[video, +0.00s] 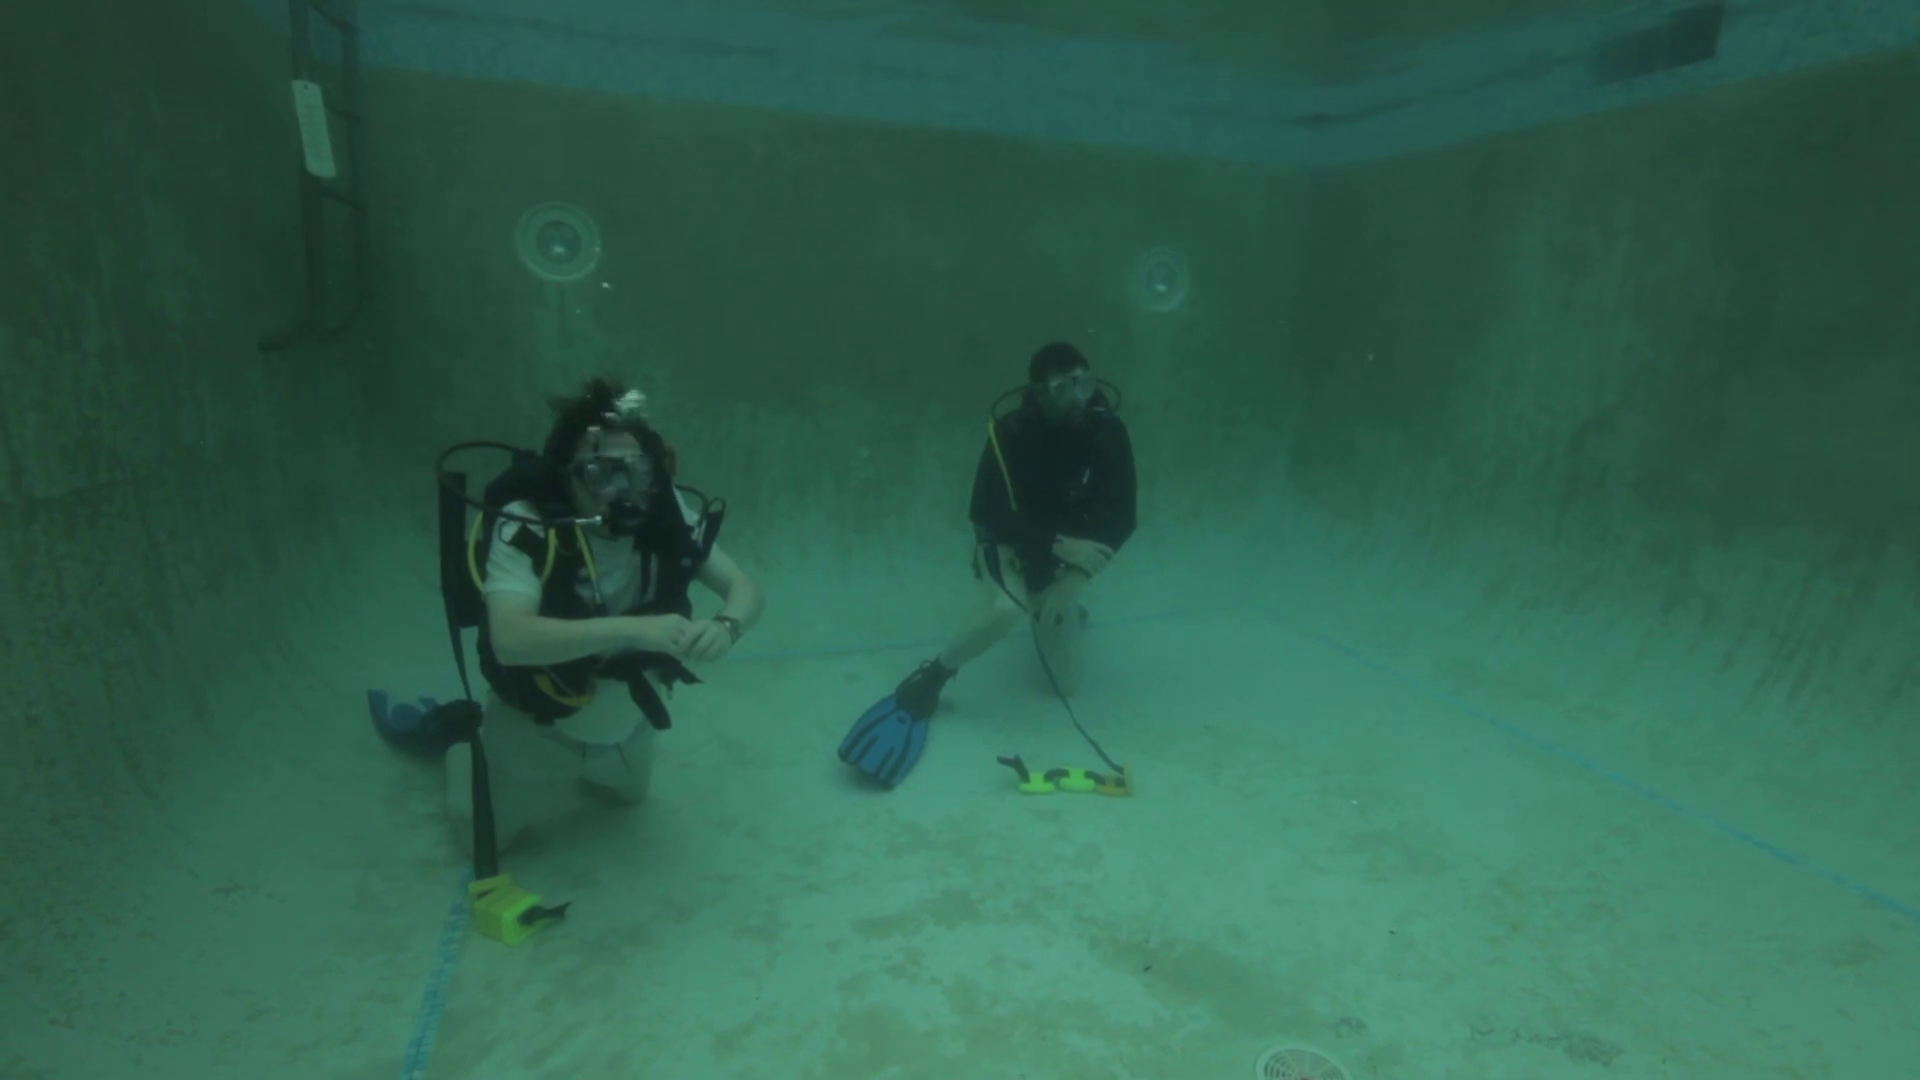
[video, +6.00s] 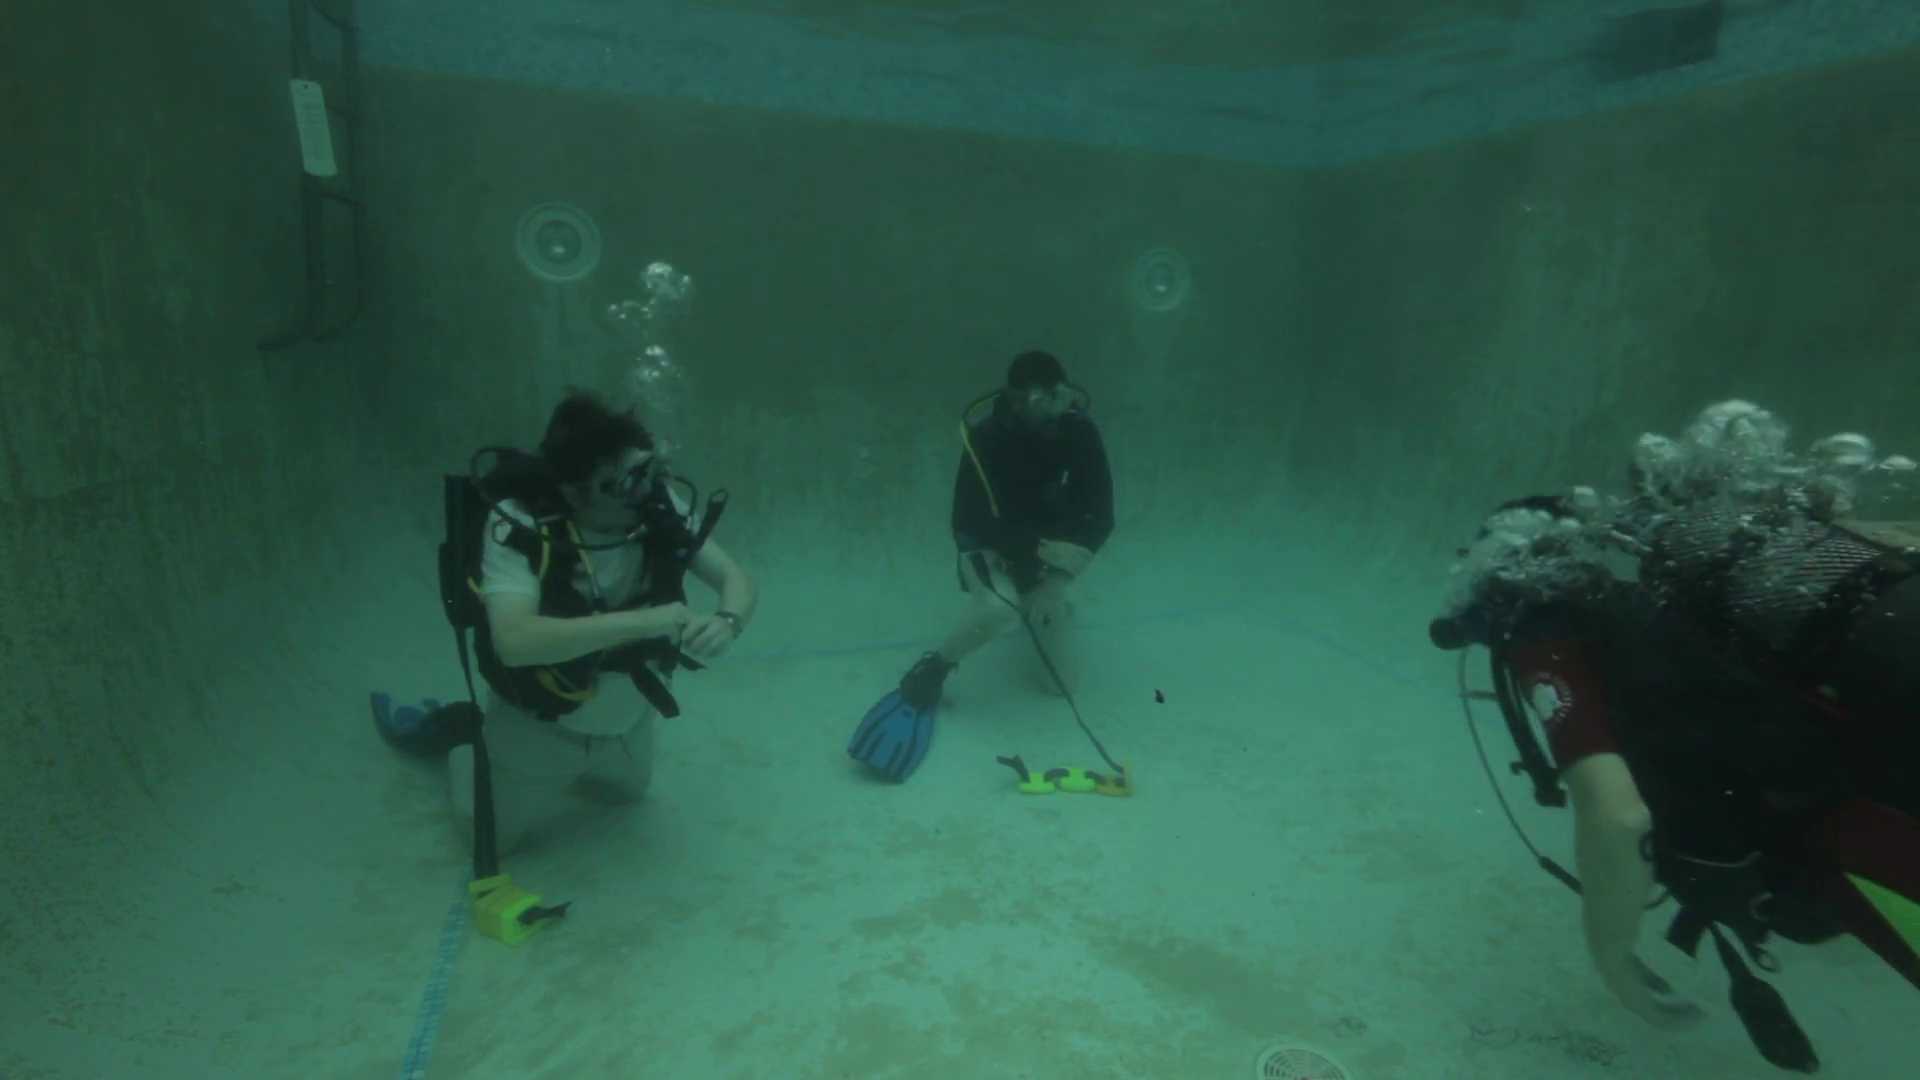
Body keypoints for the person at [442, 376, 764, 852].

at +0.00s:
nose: (617, 486)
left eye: (630, 470)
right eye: (600, 470)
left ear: (653, 470)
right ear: (567, 471)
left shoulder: (667, 516)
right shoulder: (525, 523)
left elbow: (744, 587)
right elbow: (510, 639)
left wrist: (727, 625)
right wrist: (636, 631)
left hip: (625, 708)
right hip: (538, 714)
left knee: (628, 787)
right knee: (491, 832)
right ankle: (461, 730)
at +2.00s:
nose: (627, 495)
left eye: (640, 479)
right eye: (608, 479)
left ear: (658, 479)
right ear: (575, 481)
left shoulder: (670, 521)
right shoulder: (530, 529)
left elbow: (748, 595)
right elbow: (516, 652)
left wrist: (732, 638)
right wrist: (646, 645)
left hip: (627, 713)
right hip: (537, 721)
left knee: (628, 787)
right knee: (483, 834)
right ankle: (462, 729)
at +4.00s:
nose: (633, 496)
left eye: (644, 478)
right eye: (613, 481)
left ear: (662, 475)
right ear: (577, 484)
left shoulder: (670, 519)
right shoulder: (529, 527)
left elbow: (747, 592)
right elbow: (515, 647)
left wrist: (731, 635)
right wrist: (644, 641)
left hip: (627, 710)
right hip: (538, 717)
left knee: (628, 786)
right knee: (488, 835)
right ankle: (464, 730)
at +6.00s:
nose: (646, 494)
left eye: (648, 475)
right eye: (627, 483)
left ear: (653, 465)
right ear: (575, 492)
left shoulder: (657, 508)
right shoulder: (517, 525)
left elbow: (736, 579)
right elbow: (514, 641)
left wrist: (729, 621)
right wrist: (648, 622)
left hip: (627, 713)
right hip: (538, 723)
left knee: (627, 787)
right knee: (500, 835)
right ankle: (463, 730)